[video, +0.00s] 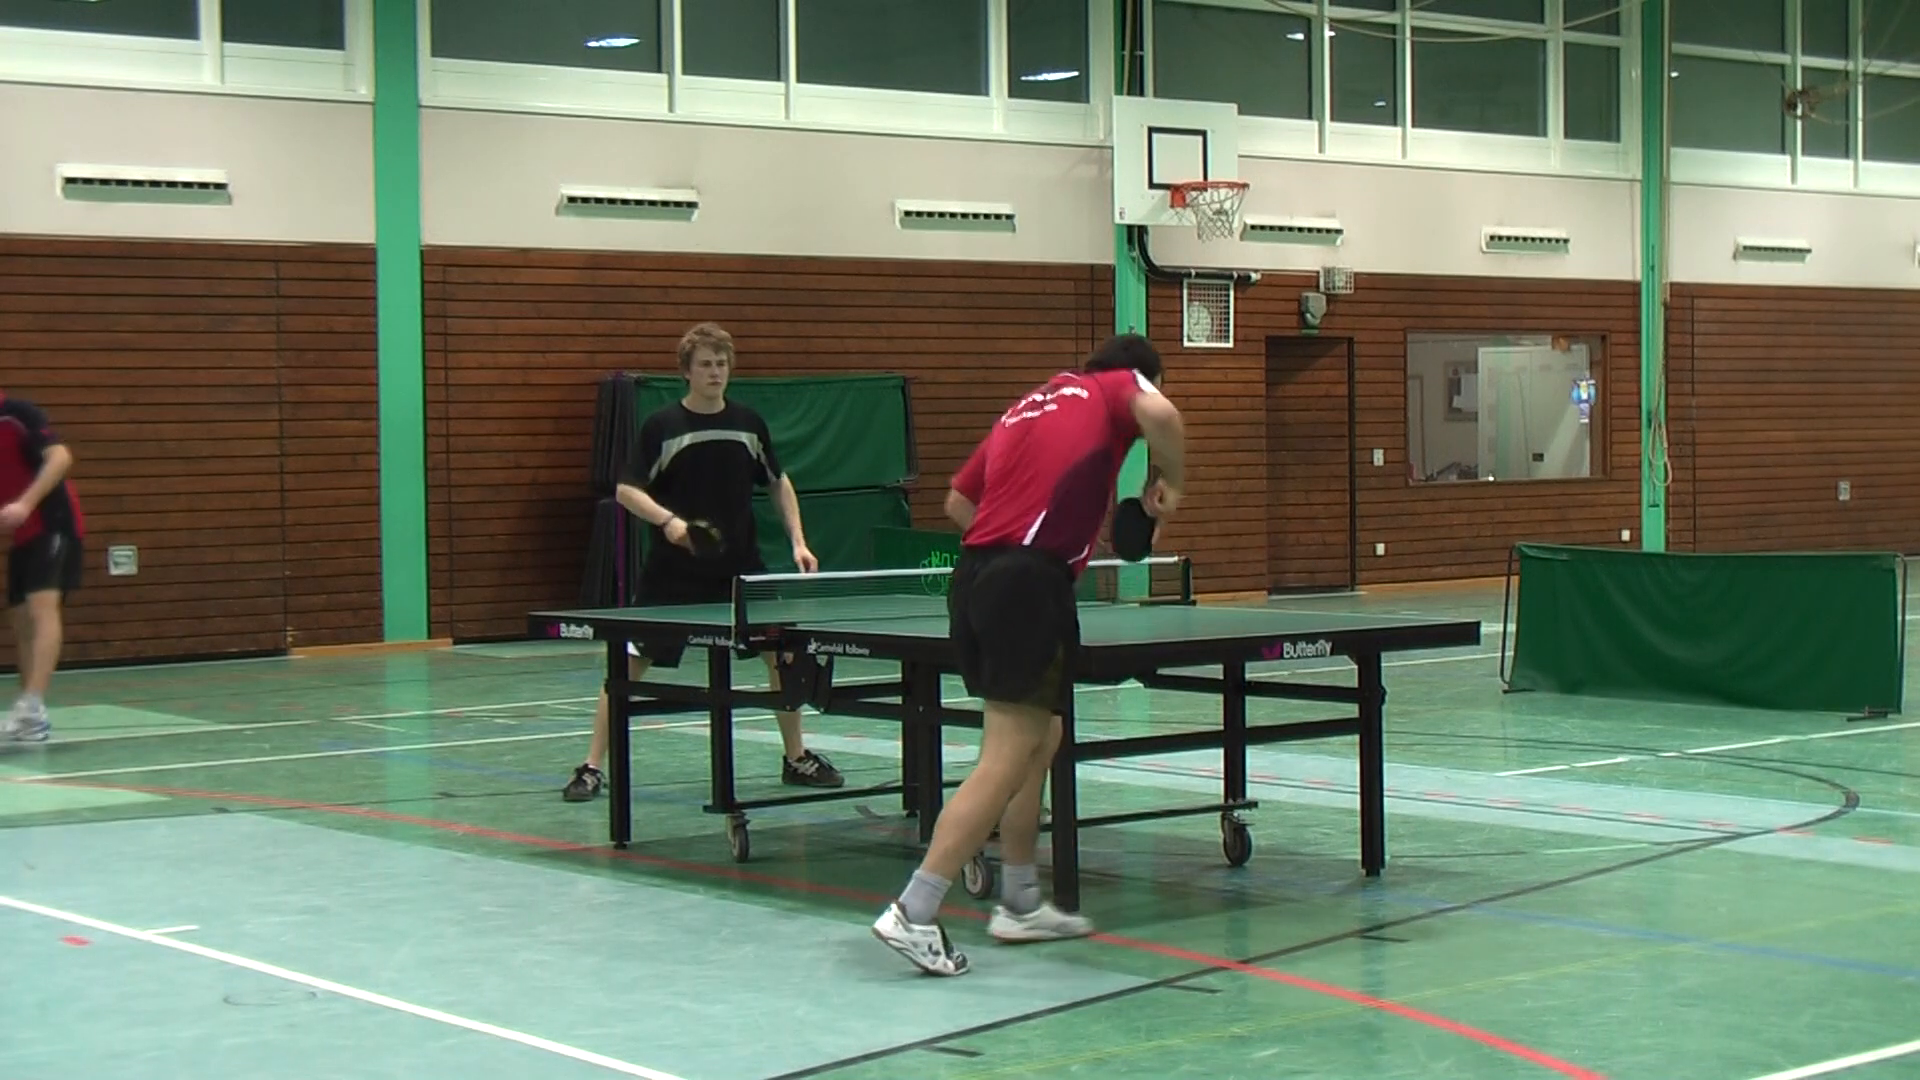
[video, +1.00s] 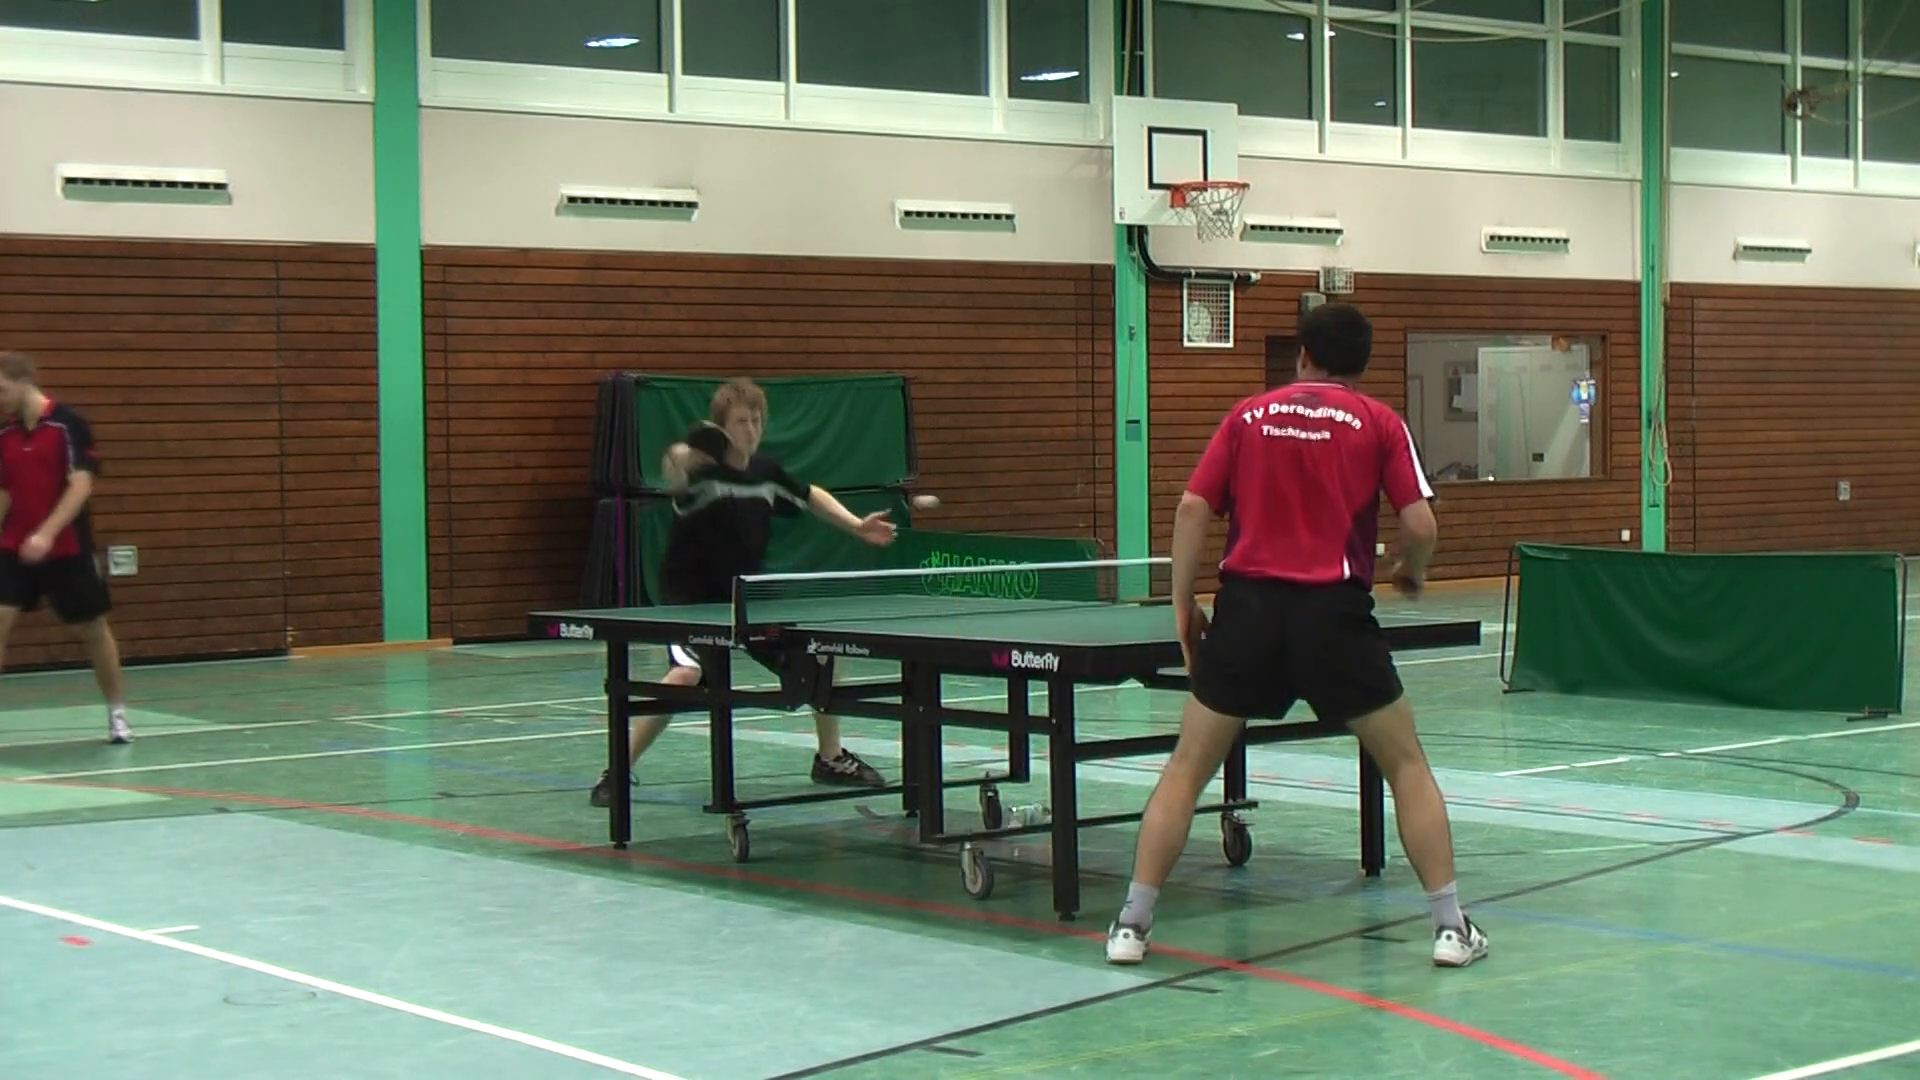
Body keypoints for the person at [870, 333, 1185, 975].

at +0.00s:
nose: (1150, 398)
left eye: (1149, 387)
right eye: (1150, 387)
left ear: (1095, 362)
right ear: (1135, 374)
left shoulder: (1029, 404)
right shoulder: (1115, 384)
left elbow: (958, 500)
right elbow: (1161, 410)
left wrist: (1028, 540)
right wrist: (1169, 482)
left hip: (976, 575)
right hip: (1026, 578)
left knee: (1040, 736)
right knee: (1006, 758)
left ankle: (1021, 904)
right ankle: (912, 913)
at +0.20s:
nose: (1162, 420)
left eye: (1163, 411)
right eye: (1161, 409)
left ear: (1102, 383)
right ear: (1147, 393)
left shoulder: (1038, 418)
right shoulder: (1138, 405)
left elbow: (973, 531)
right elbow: (1153, 484)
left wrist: (955, 626)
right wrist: (1164, 544)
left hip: (986, 585)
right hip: (1042, 584)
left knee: (1029, 751)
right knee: (1010, 760)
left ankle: (998, 911)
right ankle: (911, 912)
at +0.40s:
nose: (1175, 394)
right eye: (1172, 383)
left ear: (1110, 375)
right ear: (1165, 379)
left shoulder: (1056, 417)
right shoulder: (1169, 402)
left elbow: (997, 525)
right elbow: (1226, 497)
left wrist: (982, 617)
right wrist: (1236, 442)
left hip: (1028, 593)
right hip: (1099, 593)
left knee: (1038, 754)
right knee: (1133, 765)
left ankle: (995, 911)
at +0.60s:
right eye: (1237, 387)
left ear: (1173, 381)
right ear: (1235, 388)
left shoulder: (1121, 432)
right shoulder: (1244, 430)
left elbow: (1057, 519)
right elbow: (1269, 525)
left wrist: (1045, 616)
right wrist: (1242, 518)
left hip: (1110, 621)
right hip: (1189, 621)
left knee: (1071, 768)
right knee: (1298, 752)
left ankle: (998, 911)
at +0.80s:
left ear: (1262, 375)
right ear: (1322, 378)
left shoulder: (1213, 434)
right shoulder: (1352, 438)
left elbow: (1171, 533)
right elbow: (1387, 532)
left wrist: (1164, 635)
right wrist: (1348, 571)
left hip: (1219, 630)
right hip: (1309, 632)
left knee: (1144, 773)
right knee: (1392, 758)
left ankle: (1063, 912)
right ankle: (1434, 922)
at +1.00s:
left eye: (1302, 349)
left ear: (1302, 355)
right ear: (1363, 364)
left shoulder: (1248, 413)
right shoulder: (1380, 421)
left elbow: (1193, 509)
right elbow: (1420, 527)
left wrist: (1183, 604)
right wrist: (1411, 569)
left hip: (1245, 619)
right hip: (1335, 622)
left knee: (1187, 768)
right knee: (1406, 765)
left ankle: (1132, 922)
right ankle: (1451, 925)